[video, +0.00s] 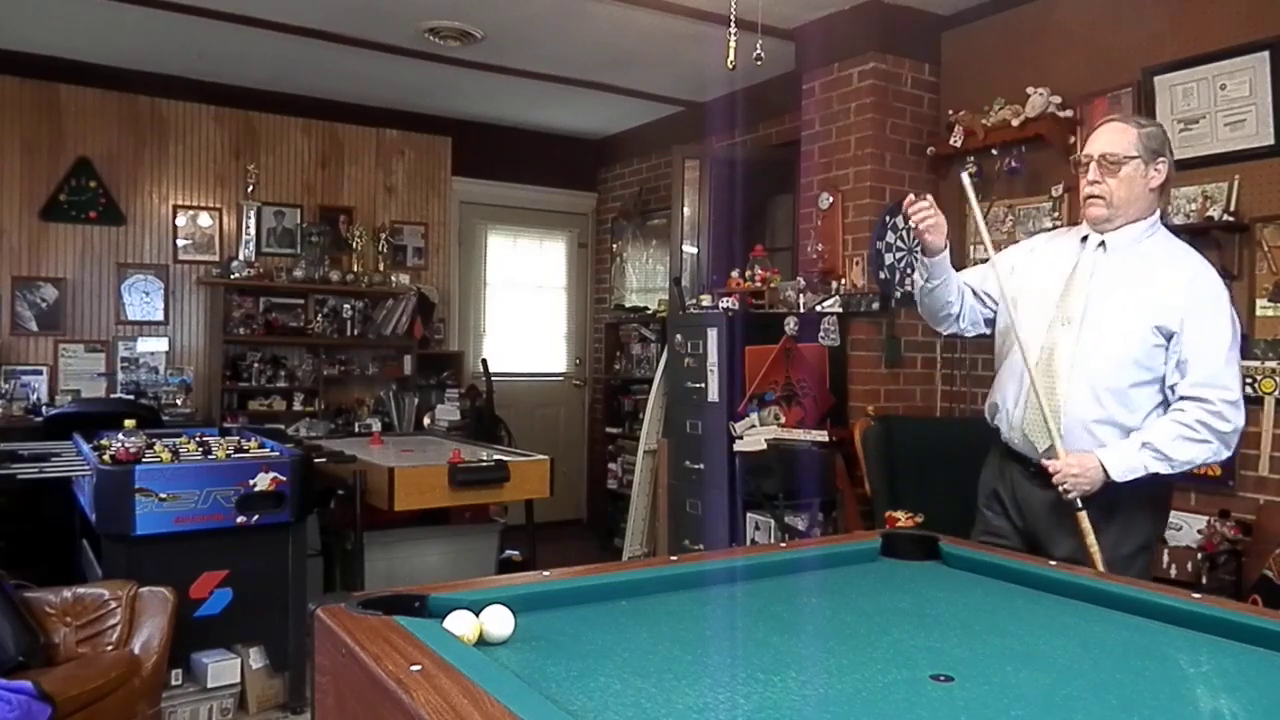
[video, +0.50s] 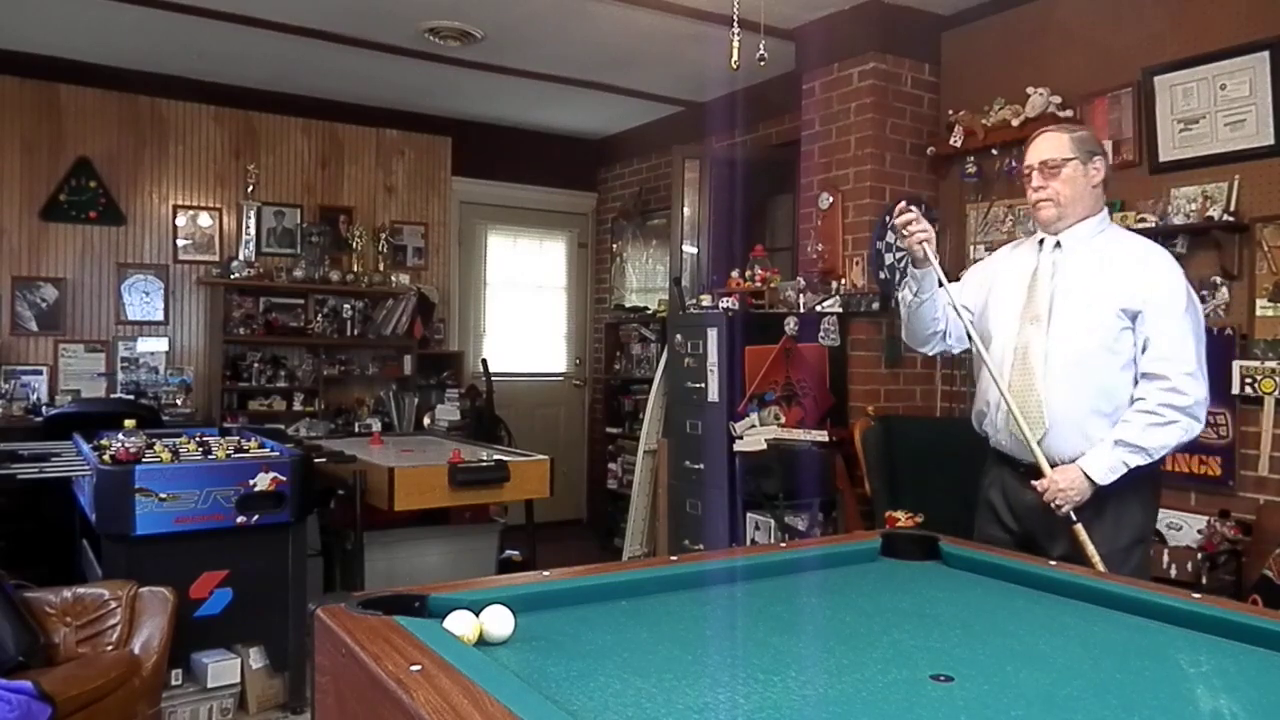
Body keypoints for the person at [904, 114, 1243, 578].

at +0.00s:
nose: (1090, 178)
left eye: (1110, 164)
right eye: (1084, 165)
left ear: (1156, 173)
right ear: (1076, 172)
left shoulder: (1190, 281)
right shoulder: (1036, 254)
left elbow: (1212, 417)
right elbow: (952, 314)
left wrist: (1108, 465)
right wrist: (935, 255)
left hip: (1112, 508)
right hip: (1009, 485)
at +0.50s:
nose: (1034, 184)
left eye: (1050, 168)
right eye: (1028, 173)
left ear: (1095, 171)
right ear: (1023, 183)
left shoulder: (1148, 267)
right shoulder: (1004, 265)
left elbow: (1177, 399)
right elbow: (930, 334)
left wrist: (1090, 471)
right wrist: (922, 267)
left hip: (1103, 500)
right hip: (1004, 487)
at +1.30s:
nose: (1034, 192)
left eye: (1051, 178)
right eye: (1020, 180)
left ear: (1080, 182)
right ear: (1005, 188)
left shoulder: (1129, 270)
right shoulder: (973, 270)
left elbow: (1173, 391)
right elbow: (909, 352)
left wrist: (1110, 466)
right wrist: (896, 300)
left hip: (1096, 498)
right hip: (993, 489)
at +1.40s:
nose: (1047, 193)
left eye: (1065, 179)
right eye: (1033, 180)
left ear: (1091, 185)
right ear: (1014, 189)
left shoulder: (1136, 273)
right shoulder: (975, 274)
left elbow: (1189, 385)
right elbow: (920, 363)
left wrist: (1132, 452)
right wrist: (909, 341)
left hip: (1105, 501)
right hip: (998, 496)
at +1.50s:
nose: (1065, 195)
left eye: (1081, 183)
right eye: (1050, 181)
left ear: (1103, 190)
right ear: (1028, 188)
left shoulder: (1150, 276)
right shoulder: (985, 273)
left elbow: (1207, 381)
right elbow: (926, 347)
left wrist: (1158, 437)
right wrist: (935, 380)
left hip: (1112, 504)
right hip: (1005, 497)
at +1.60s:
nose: (1090, 201)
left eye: (1107, 187)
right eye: (1075, 185)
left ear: (1131, 191)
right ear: (1049, 186)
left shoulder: (1169, 280)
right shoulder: (999, 274)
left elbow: (1227, 385)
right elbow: (944, 364)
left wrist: (1184, 434)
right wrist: (964, 421)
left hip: (1125, 512)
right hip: (1015, 503)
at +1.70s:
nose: (1121, 205)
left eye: (1140, 192)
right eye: (1107, 187)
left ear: (1164, 199)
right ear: (1080, 186)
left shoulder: (1200, 290)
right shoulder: (1022, 273)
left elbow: (1249, 393)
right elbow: (966, 374)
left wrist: (1206, 441)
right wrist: (995, 447)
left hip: (1139, 521)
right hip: (1028, 512)